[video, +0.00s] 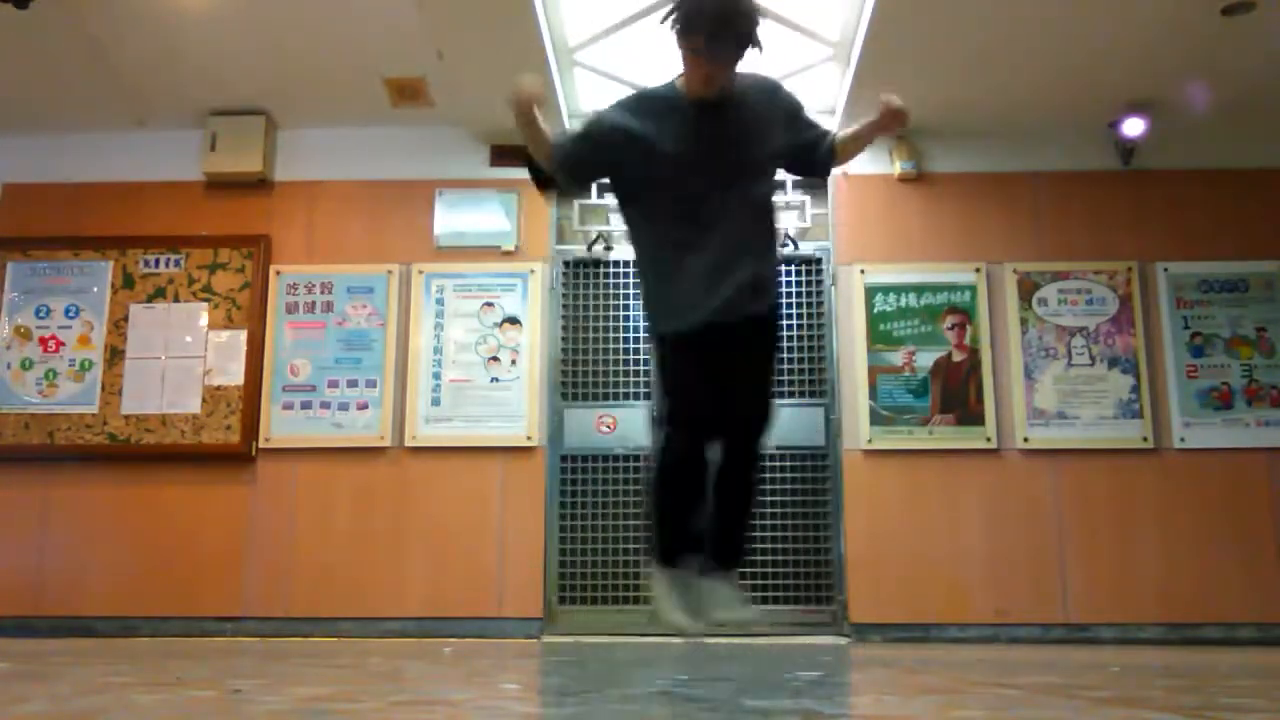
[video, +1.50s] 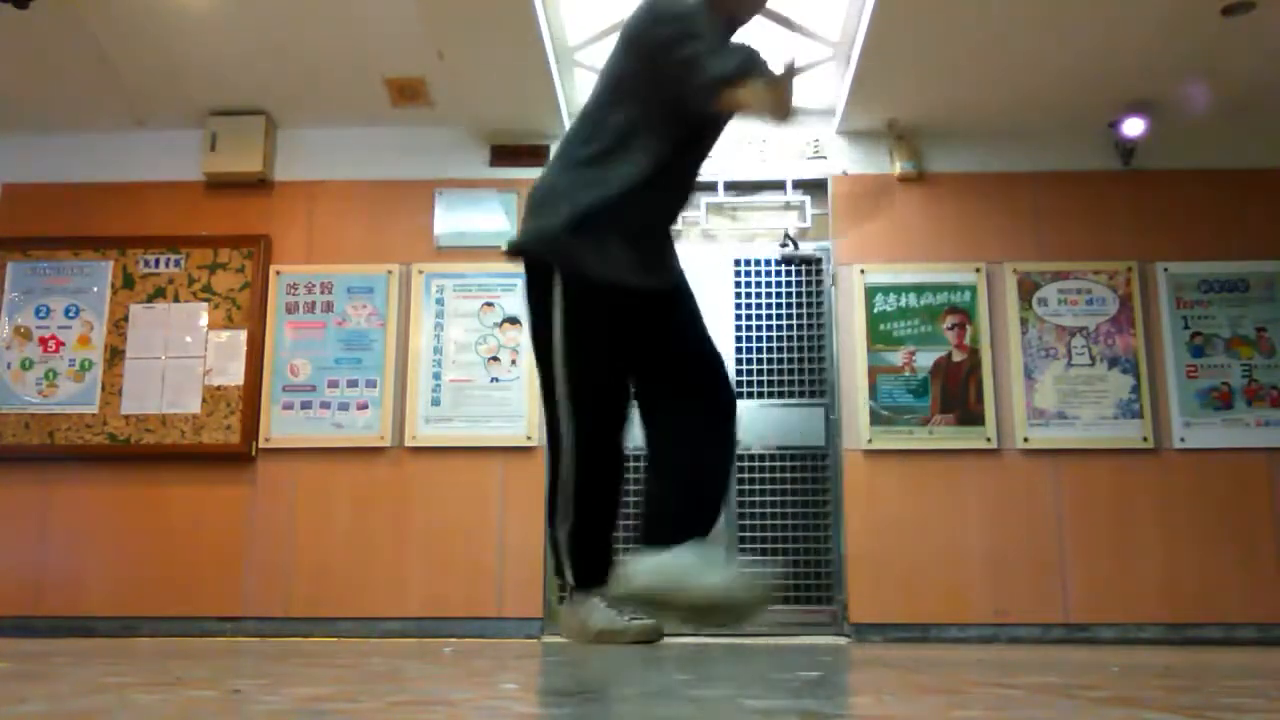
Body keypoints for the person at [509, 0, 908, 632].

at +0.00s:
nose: (721, 70)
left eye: (733, 55)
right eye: (712, 55)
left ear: (745, 49)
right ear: (687, 44)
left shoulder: (764, 103)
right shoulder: (637, 118)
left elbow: (819, 156)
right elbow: (561, 170)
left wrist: (874, 129)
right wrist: (530, 121)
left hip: (753, 304)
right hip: (679, 310)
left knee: (744, 439)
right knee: (685, 436)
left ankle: (718, 574)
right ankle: (669, 568)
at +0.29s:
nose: (749, 102)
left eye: (760, 88)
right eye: (738, 88)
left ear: (776, 88)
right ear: (716, 85)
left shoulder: (804, 153)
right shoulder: (679, 174)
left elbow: (872, 177)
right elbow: (628, 247)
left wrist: (954, 162)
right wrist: (603, 277)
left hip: (802, 343)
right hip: (724, 349)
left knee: (824, 478)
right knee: (751, 455)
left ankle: (796, 605)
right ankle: (721, 555)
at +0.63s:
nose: (792, 51)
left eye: (803, 40)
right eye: (782, 35)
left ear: (812, 45)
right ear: (754, 30)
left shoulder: (808, 122)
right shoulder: (716, 111)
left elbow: (818, 185)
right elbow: (749, 199)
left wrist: (788, 183)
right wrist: (841, 234)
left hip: (789, 286)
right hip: (724, 286)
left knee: (800, 433)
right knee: (813, 390)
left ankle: (798, 600)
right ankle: (938, 494)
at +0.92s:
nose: (805, 34)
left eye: (815, 24)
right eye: (795, 17)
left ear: (821, 33)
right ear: (762, 17)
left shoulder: (812, 124)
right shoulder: (702, 76)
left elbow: (838, 193)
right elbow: (621, 58)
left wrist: (874, 202)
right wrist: (552, 38)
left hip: (764, 281)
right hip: (683, 265)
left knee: (788, 423)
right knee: (763, 356)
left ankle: (766, 554)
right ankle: (765, 544)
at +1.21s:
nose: (749, 15)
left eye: (757, 7)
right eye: (741, 3)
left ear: (760, 12)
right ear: (710, 0)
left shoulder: (764, 82)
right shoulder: (646, 61)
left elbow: (786, 168)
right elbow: (561, 96)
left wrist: (841, 186)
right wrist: (517, 113)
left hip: (717, 275)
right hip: (641, 268)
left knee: (738, 441)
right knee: (674, 428)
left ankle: (599, 536)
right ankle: (629, 595)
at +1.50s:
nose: (760, 8)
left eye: (761, 3)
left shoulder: (710, 43)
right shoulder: (671, 18)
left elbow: (771, 100)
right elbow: (745, 96)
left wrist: (764, 81)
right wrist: (776, 84)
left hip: (639, 245)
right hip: (576, 241)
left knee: (699, 396)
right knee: (588, 419)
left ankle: (674, 552)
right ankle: (583, 595)